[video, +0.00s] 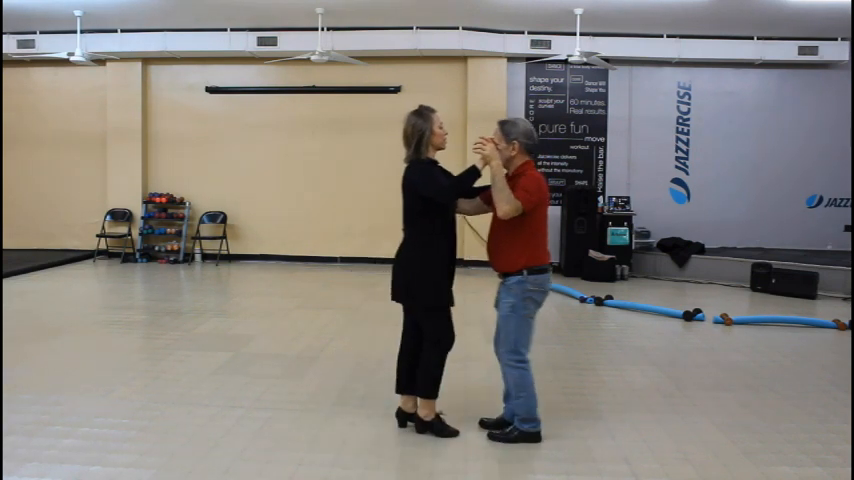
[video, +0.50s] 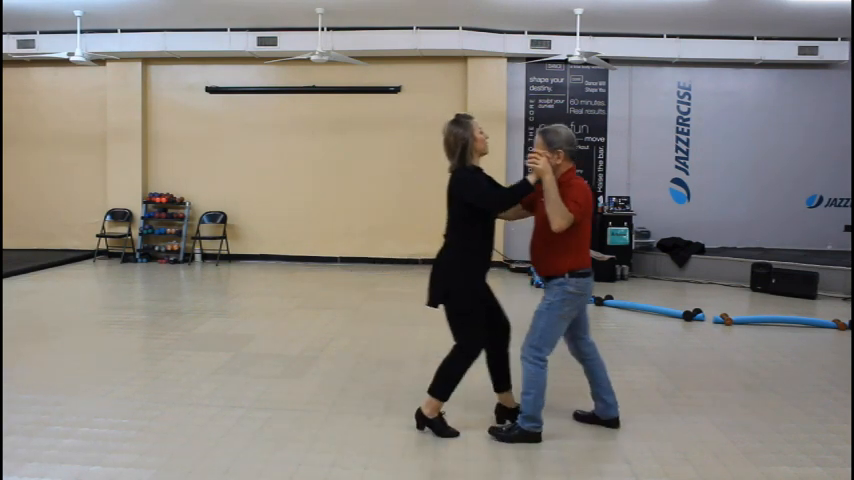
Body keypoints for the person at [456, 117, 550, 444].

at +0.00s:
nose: (491, 147)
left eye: (496, 142)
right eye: (492, 141)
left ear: (514, 147)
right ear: (513, 148)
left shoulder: (531, 179)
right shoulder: (510, 180)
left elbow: (507, 208)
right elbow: (471, 205)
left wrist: (495, 163)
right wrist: (436, 195)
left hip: (527, 278)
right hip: (513, 277)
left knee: (513, 352)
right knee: (505, 349)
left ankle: (528, 425)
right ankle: (512, 415)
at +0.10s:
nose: (498, 144)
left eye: (504, 139)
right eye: (500, 139)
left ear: (521, 147)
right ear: (520, 147)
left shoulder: (539, 180)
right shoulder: (518, 178)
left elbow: (512, 210)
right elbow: (479, 206)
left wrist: (503, 165)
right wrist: (444, 197)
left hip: (536, 278)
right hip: (523, 276)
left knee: (521, 351)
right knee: (511, 345)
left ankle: (528, 426)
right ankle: (523, 413)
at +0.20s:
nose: (510, 143)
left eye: (516, 139)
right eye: (511, 138)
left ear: (533, 146)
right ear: (530, 146)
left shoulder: (549, 180)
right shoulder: (527, 179)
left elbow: (524, 210)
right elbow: (488, 206)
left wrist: (514, 165)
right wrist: (452, 198)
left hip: (543, 278)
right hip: (531, 276)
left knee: (524, 353)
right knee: (531, 347)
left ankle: (527, 426)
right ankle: (557, 407)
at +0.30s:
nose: (521, 146)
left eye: (527, 141)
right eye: (523, 140)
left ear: (545, 147)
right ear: (543, 147)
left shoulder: (560, 182)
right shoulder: (536, 180)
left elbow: (536, 212)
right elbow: (498, 207)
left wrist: (525, 169)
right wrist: (461, 201)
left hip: (550, 279)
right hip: (542, 277)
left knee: (525, 352)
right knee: (550, 343)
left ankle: (528, 425)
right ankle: (587, 402)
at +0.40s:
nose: (526, 152)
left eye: (532, 147)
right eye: (527, 146)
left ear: (552, 151)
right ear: (551, 150)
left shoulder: (569, 184)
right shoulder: (542, 183)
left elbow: (549, 217)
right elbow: (506, 210)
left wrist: (536, 173)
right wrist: (469, 203)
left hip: (558, 280)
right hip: (552, 278)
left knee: (527, 353)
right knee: (570, 344)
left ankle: (528, 425)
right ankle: (604, 406)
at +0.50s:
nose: (533, 156)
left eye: (538, 152)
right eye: (534, 151)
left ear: (558, 156)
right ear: (556, 156)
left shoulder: (577, 186)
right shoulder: (547, 185)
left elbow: (560, 223)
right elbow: (514, 212)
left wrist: (547, 177)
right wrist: (481, 201)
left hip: (569, 283)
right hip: (565, 281)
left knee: (534, 351)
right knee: (582, 346)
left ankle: (528, 425)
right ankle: (607, 411)